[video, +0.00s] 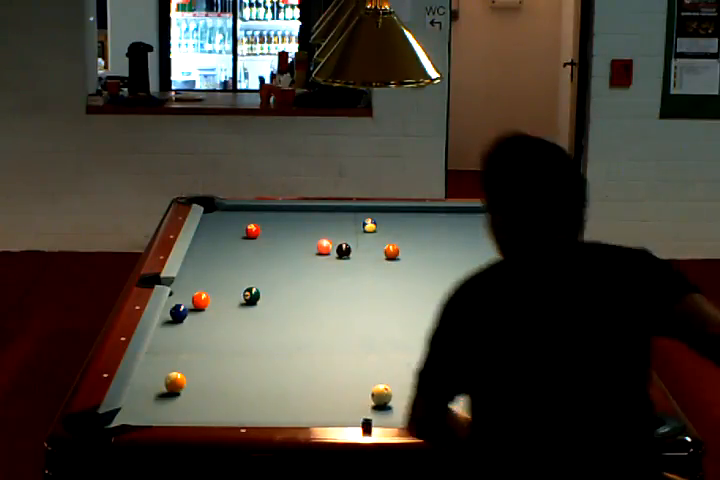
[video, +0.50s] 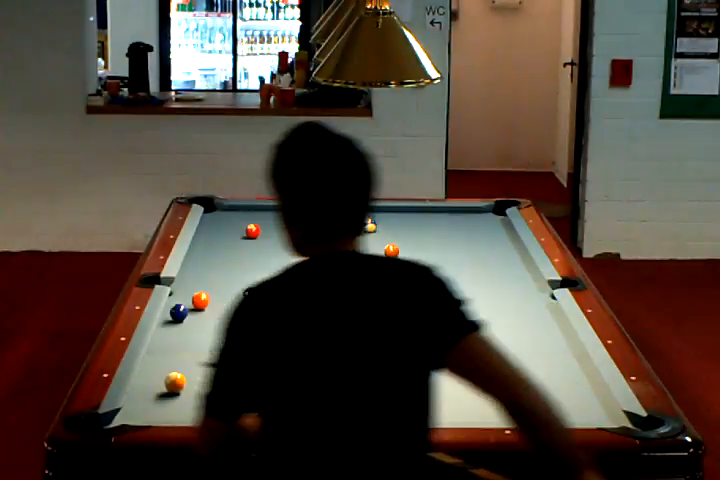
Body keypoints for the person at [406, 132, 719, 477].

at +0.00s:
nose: (492, 224)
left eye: (495, 209)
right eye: (499, 208)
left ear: (499, 215)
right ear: (578, 207)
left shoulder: (474, 298)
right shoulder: (635, 274)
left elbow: (426, 417)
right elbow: (713, 334)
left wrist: (489, 444)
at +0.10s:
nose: (456, 204)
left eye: (455, 192)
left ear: (458, 199)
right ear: (543, 189)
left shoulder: (440, 287)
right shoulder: (596, 258)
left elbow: (397, 419)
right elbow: (698, 344)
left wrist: (462, 418)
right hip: (591, 476)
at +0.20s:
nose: (419, 201)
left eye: (422, 186)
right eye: (425, 184)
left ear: (426, 198)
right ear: (503, 186)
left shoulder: (403, 290)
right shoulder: (558, 258)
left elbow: (367, 428)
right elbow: (659, 350)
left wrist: (434, 414)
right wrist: (710, 440)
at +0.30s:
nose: (383, 201)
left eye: (384, 188)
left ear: (381, 202)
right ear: (461, 191)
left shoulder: (362, 296)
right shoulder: (515, 268)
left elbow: (321, 433)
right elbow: (615, 356)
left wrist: (366, 418)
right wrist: (678, 447)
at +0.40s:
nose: (337, 208)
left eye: (336, 196)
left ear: (336, 205)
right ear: (414, 197)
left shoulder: (315, 301)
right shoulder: (465, 275)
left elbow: (270, 430)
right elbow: (565, 376)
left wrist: (322, 436)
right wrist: (625, 454)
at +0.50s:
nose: (286, 214)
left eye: (283, 202)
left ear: (285, 213)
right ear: (365, 204)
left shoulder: (260, 307)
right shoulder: (413, 287)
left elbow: (215, 435)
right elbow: (520, 395)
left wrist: (272, 441)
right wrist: (569, 465)